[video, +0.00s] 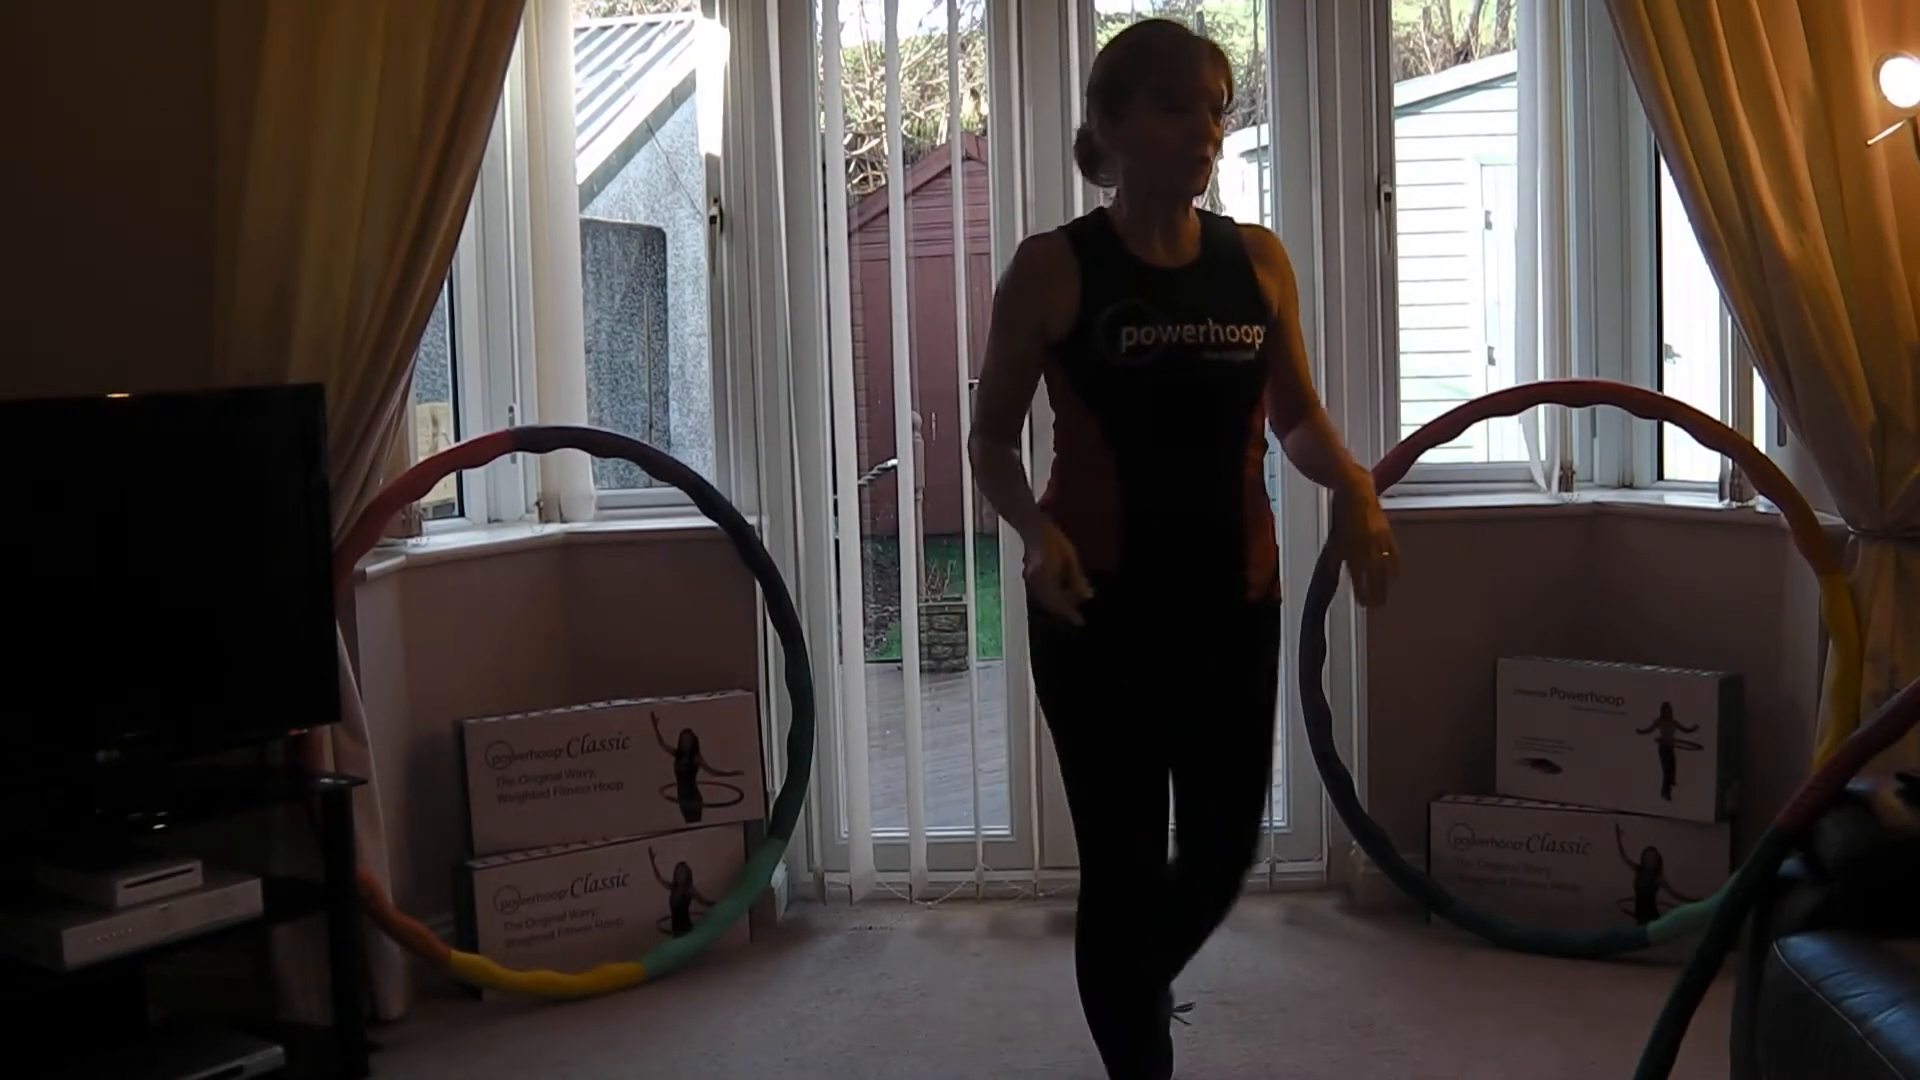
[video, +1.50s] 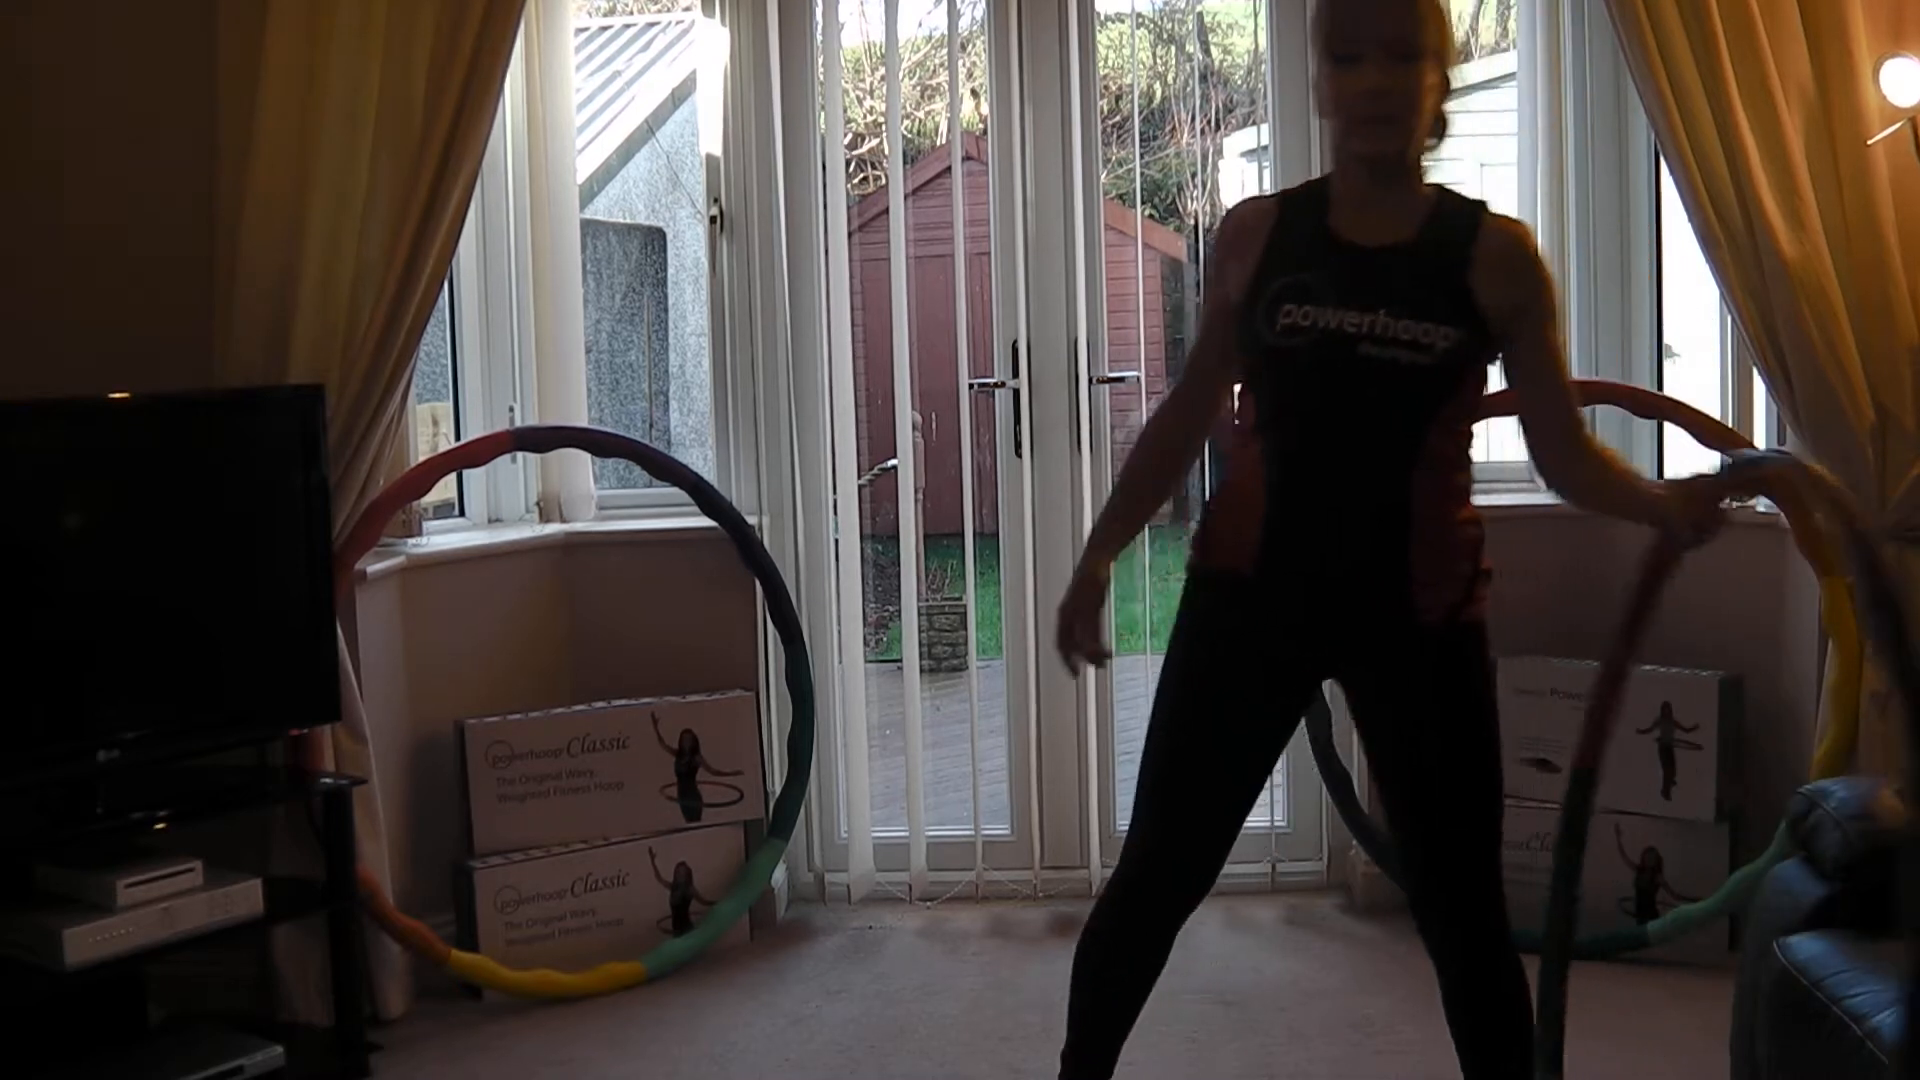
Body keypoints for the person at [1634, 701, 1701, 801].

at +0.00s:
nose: (1667, 713)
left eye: (1668, 710)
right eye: (1665, 710)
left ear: (1670, 711)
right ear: (1662, 711)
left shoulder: (1672, 721)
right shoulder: (1659, 721)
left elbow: (1684, 730)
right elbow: (1651, 730)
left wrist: (1693, 729)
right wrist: (1641, 731)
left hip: (1669, 747)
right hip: (1663, 748)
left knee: (1671, 769)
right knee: (1667, 770)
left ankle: (1667, 791)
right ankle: (1665, 792)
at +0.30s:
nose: (1667, 713)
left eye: (1668, 710)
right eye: (1665, 710)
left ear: (1670, 711)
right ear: (1662, 711)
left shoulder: (1672, 721)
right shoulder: (1659, 721)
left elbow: (1684, 730)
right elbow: (1651, 730)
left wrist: (1693, 729)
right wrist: (1641, 731)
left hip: (1669, 747)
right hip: (1663, 748)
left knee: (1671, 769)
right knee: (1667, 770)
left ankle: (1667, 791)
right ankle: (1665, 791)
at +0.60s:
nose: (1667, 712)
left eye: (1668, 710)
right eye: (1665, 710)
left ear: (1670, 711)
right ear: (1662, 711)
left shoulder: (1671, 722)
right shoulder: (1660, 721)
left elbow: (1684, 730)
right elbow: (1650, 730)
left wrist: (1693, 728)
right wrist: (1641, 732)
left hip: (1669, 747)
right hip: (1662, 747)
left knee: (1671, 769)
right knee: (1667, 770)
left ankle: (1667, 790)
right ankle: (1665, 791)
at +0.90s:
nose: (1666, 712)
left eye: (1668, 710)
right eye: (1664, 710)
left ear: (1670, 711)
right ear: (1661, 711)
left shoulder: (1671, 722)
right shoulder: (1660, 721)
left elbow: (1683, 730)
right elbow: (1650, 730)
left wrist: (1693, 728)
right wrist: (1641, 731)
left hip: (1669, 747)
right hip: (1662, 747)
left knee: (1671, 769)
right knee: (1667, 770)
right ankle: (1665, 791)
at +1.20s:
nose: (1666, 712)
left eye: (1668, 710)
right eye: (1664, 710)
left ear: (1670, 711)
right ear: (1662, 711)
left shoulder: (1671, 722)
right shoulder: (1659, 721)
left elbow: (1683, 730)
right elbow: (1650, 730)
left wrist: (1693, 728)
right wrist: (1641, 732)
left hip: (1669, 747)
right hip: (1662, 747)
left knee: (1671, 769)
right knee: (1667, 770)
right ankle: (1665, 791)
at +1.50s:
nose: (1667, 712)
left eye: (1669, 710)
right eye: (1665, 710)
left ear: (1670, 710)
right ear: (1662, 710)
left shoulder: (1671, 721)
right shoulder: (1660, 721)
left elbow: (1685, 730)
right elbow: (1651, 729)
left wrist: (1694, 728)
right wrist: (1641, 731)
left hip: (1669, 747)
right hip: (1663, 747)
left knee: (1671, 768)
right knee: (1667, 770)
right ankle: (1666, 791)